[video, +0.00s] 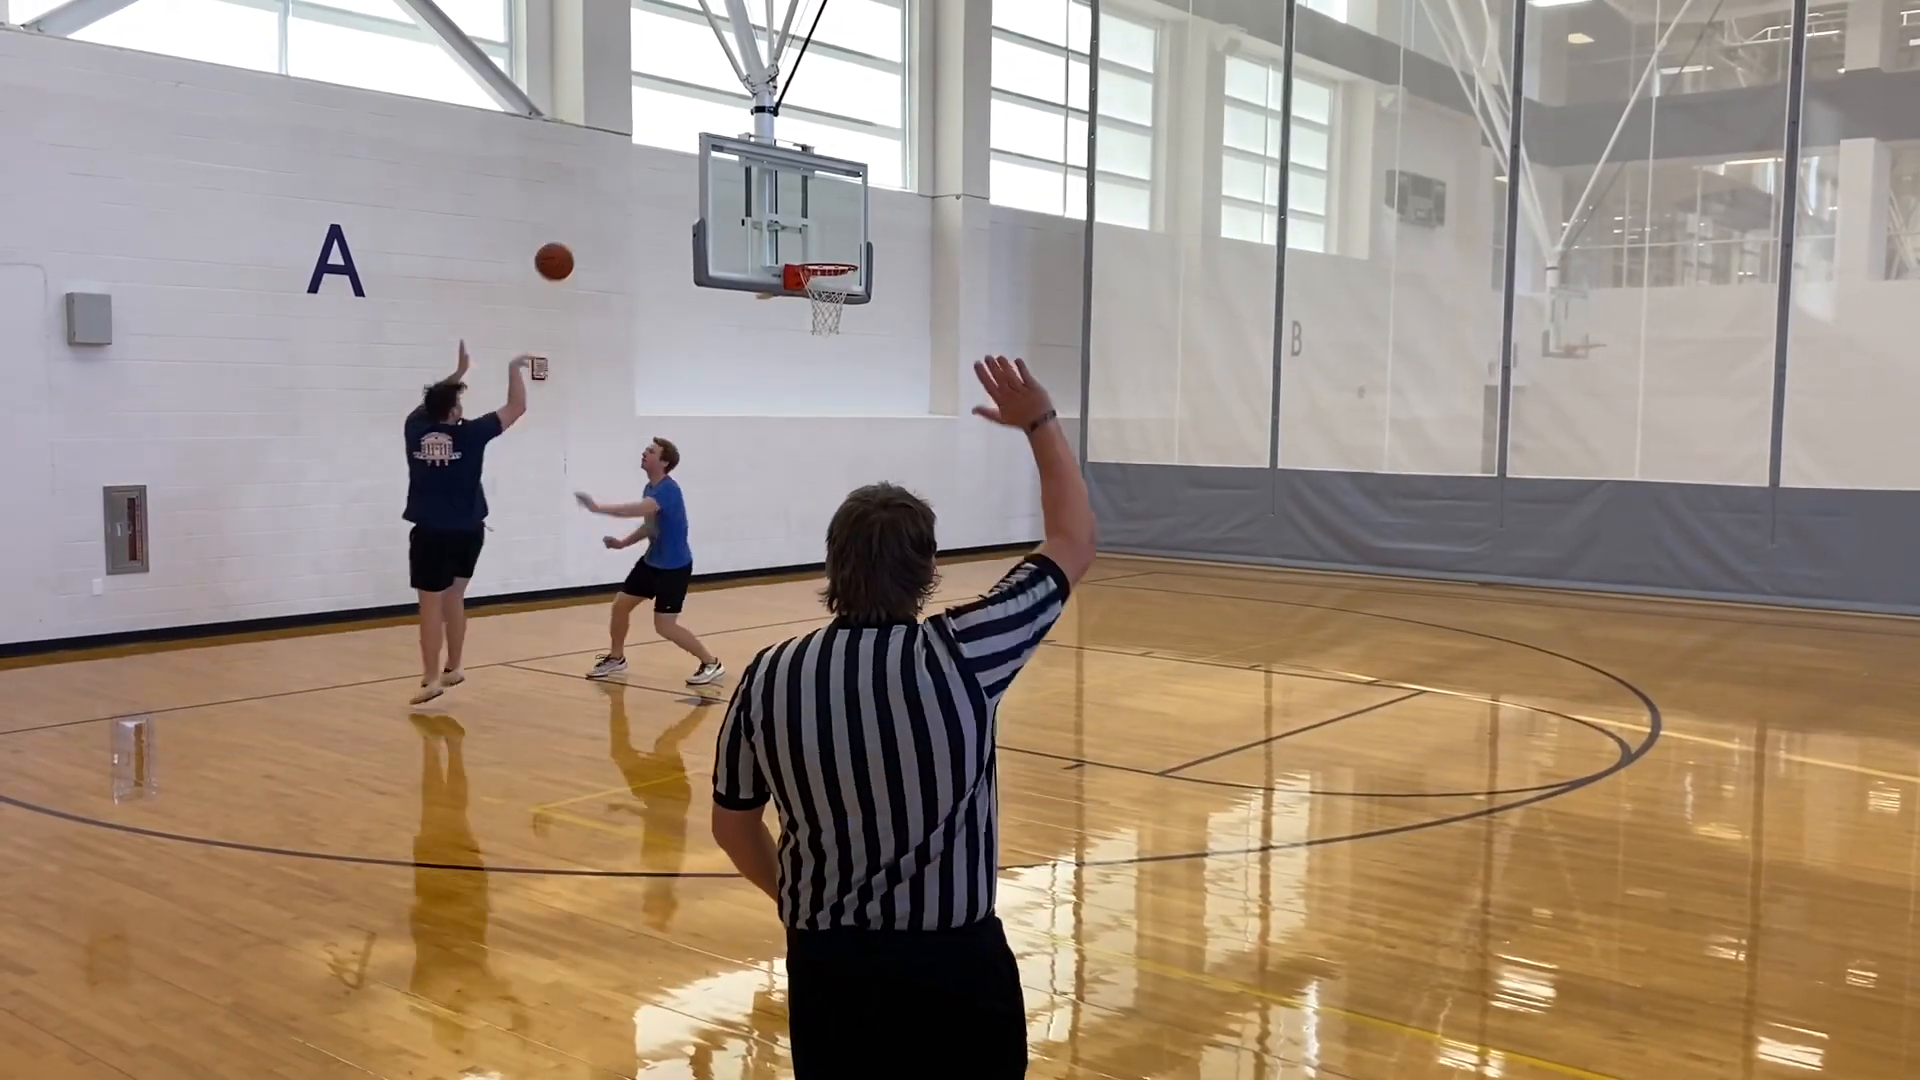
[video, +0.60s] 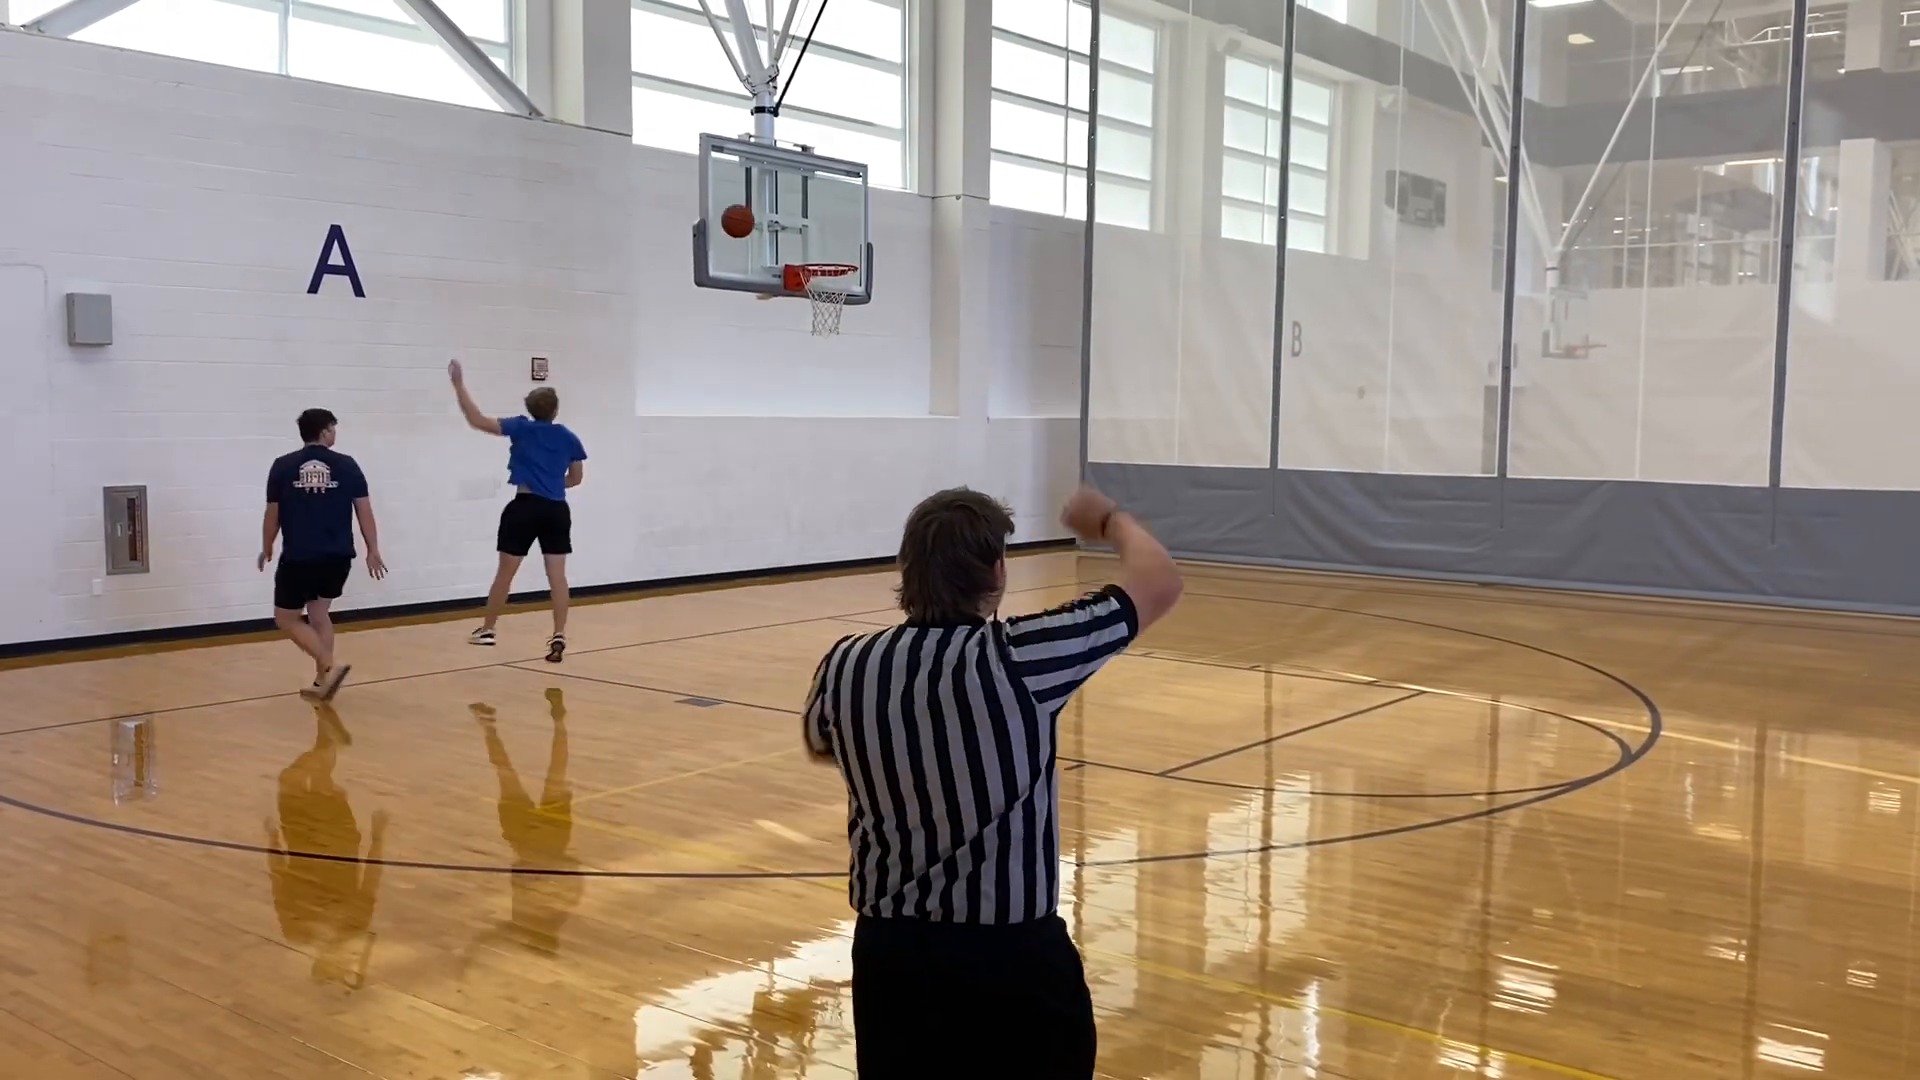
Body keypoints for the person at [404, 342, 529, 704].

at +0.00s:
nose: (463, 406)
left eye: (460, 403)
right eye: (461, 403)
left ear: (430, 408)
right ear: (456, 409)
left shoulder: (415, 429)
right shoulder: (473, 432)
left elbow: (432, 401)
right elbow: (516, 407)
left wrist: (457, 374)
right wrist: (515, 367)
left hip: (428, 532)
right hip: (468, 531)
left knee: (430, 606)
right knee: (454, 597)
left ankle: (431, 680)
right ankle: (453, 668)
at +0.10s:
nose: (437, 438)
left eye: (434, 434)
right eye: (435, 435)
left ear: (404, 439)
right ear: (430, 440)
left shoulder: (390, 464)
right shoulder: (449, 465)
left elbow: (394, 442)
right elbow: (504, 467)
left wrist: (418, 421)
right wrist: (509, 425)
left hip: (402, 560)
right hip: (442, 559)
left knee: (401, 627)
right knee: (428, 622)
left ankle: (417, 697)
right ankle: (446, 690)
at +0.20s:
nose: (414, 444)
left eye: (411, 439)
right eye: (411, 440)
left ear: (382, 448)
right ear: (406, 445)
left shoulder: (367, 479)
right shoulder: (429, 476)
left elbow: (348, 500)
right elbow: (463, 515)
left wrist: (372, 482)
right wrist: (493, 513)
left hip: (380, 570)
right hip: (419, 568)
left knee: (387, 636)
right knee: (393, 606)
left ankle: (415, 695)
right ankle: (419, 665)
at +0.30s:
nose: (394, 440)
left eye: (392, 435)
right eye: (392, 436)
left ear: (363, 443)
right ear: (384, 441)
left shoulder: (345, 476)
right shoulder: (407, 473)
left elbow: (327, 513)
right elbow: (426, 521)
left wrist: (356, 498)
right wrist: (445, 557)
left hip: (362, 564)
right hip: (401, 562)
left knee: (376, 632)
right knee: (365, 610)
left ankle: (415, 690)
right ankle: (361, 672)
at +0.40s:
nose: (376, 437)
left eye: (375, 432)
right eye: (374, 433)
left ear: (345, 439)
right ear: (366, 438)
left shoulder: (323, 469)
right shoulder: (385, 472)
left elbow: (306, 513)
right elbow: (396, 522)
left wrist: (336, 507)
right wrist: (408, 560)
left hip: (338, 561)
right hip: (375, 560)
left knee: (362, 631)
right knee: (343, 619)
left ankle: (406, 680)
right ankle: (326, 681)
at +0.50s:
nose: (357, 439)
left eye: (355, 434)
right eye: (354, 435)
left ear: (325, 440)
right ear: (346, 439)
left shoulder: (302, 470)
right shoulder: (365, 473)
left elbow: (285, 517)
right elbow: (380, 522)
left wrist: (307, 534)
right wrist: (389, 562)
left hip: (316, 559)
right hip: (353, 559)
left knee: (321, 628)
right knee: (326, 620)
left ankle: (375, 667)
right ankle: (323, 683)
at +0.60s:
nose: (335, 434)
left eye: (334, 429)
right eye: (333, 430)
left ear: (305, 434)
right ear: (325, 432)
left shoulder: (283, 465)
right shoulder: (345, 464)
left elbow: (273, 513)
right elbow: (364, 510)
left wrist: (267, 547)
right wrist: (373, 550)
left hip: (298, 556)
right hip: (337, 555)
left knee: (286, 618)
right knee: (319, 611)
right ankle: (322, 680)